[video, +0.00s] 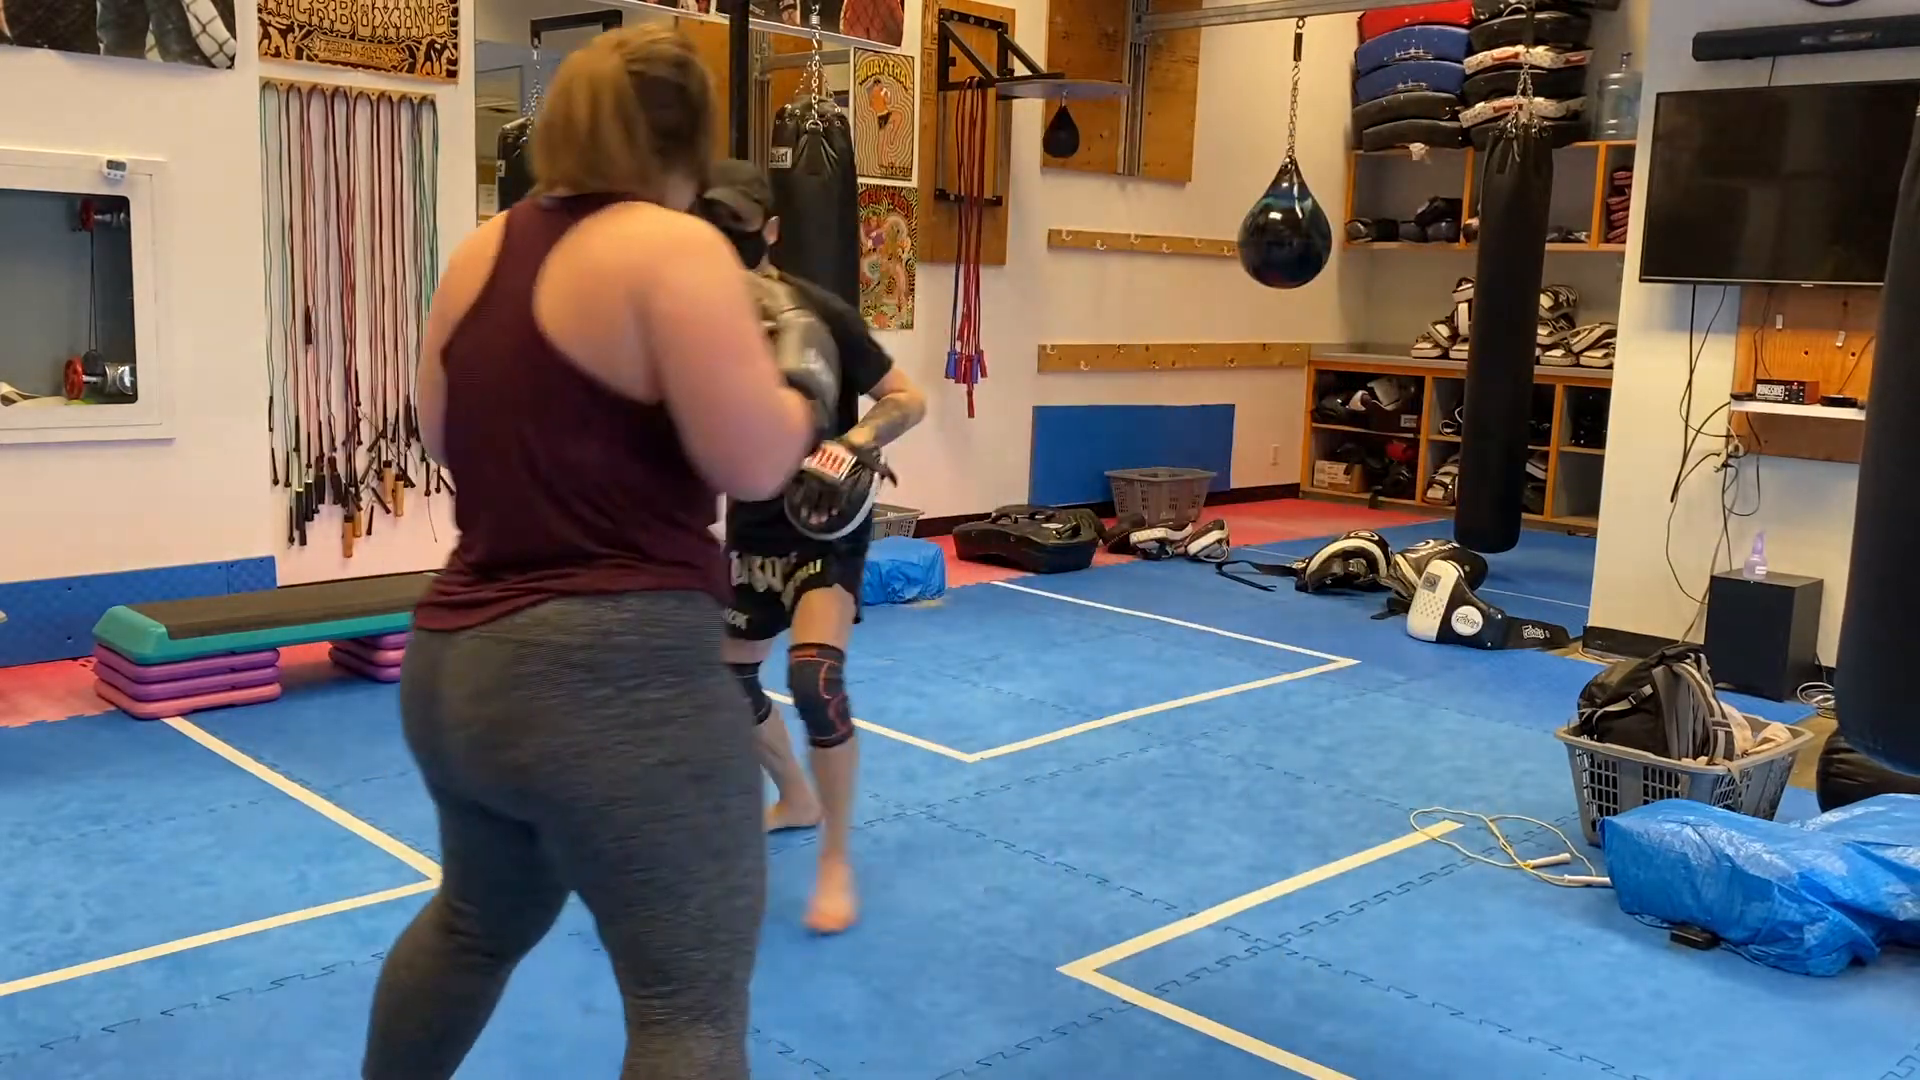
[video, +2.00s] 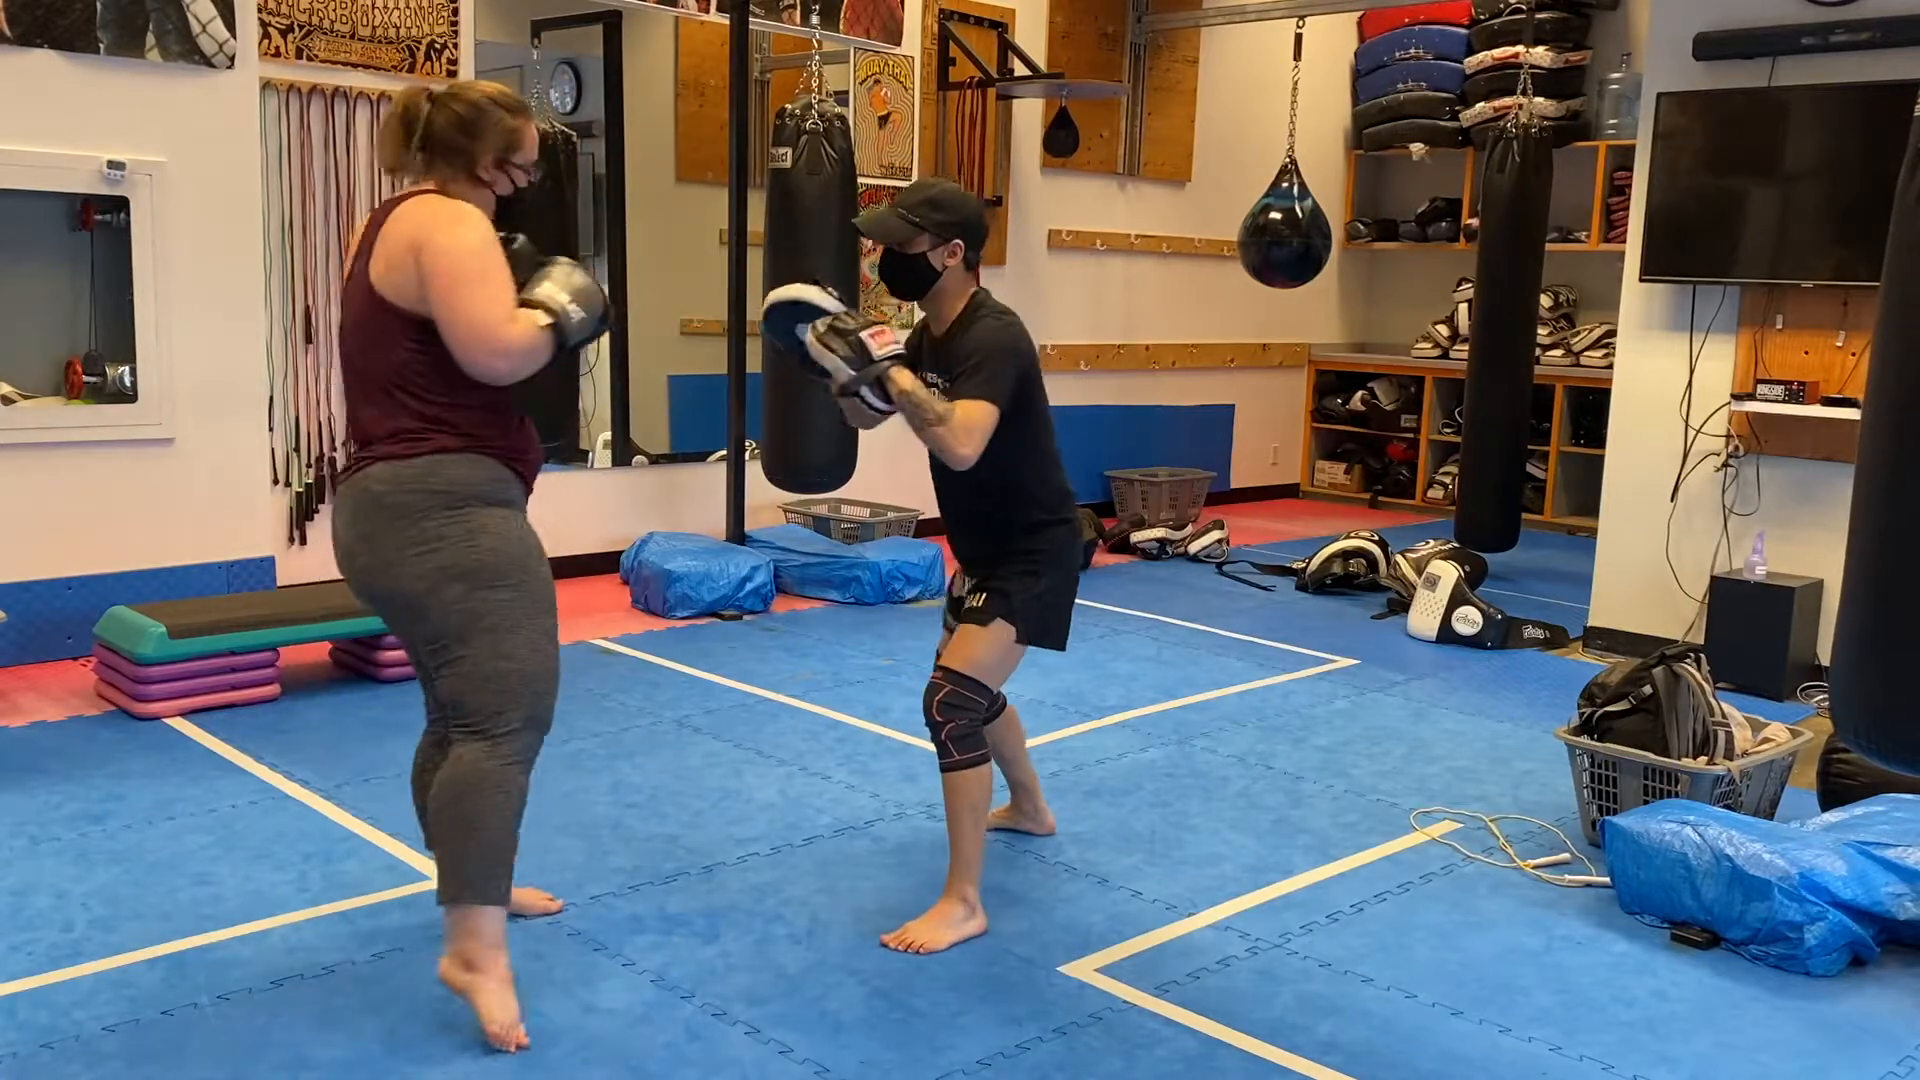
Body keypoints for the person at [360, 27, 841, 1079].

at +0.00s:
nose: (713, 149)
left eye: (706, 132)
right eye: (707, 132)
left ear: (566, 125)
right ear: (685, 136)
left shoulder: (481, 248)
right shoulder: (674, 248)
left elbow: (443, 432)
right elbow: (756, 463)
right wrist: (801, 366)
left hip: (461, 653)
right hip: (620, 671)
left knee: (477, 918)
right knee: (689, 1009)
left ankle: (391, 1071)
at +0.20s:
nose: (627, 158)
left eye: (626, 136)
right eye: (622, 136)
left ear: (491, 118)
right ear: (583, 129)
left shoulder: (429, 221)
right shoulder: (559, 234)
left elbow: (480, 399)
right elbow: (594, 447)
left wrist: (613, 328)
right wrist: (684, 386)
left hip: (368, 632)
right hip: (487, 650)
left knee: (427, 923)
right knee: (625, 957)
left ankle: (372, 1074)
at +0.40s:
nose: (573, 131)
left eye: (572, 112)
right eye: (565, 110)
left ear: (437, 102)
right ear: (527, 109)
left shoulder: (374, 217)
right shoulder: (504, 223)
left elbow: (442, 377)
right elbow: (584, 434)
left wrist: (573, 295)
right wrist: (651, 353)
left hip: (358, 634)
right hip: (455, 656)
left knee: (418, 924)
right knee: (480, 978)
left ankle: (367, 1063)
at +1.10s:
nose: (591, 159)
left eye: (589, 140)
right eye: (576, 140)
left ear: (512, 150)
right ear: (523, 147)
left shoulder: (522, 258)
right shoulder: (435, 251)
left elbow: (591, 339)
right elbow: (488, 438)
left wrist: (694, 287)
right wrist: (588, 335)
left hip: (469, 600)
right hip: (383, 606)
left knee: (510, 781)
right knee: (435, 890)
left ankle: (445, 995)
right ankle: (362, 1064)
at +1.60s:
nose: (545, 205)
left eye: (548, 189)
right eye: (536, 186)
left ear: (482, 176)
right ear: (489, 175)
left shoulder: (484, 251)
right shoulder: (443, 249)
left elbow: (532, 361)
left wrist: (587, 307)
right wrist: (604, 308)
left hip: (493, 534)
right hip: (440, 540)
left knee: (526, 695)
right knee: (455, 777)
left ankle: (475, 878)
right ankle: (364, 1028)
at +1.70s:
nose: (545, 193)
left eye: (548, 181)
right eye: (543, 179)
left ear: (443, 162)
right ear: (520, 172)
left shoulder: (361, 250)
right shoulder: (516, 240)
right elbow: (659, 303)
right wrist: (709, 257)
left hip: (398, 525)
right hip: (471, 532)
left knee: (485, 716)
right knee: (472, 769)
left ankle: (475, 878)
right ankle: (392, 999)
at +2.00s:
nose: (514, 187)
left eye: (520, 171)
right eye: (508, 169)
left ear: (431, 151)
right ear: (468, 154)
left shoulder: (385, 224)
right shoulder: (450, 224)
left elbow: (445, 348)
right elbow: (496, 355)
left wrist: (535, 302)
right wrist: (560, 309)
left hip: (392, 497)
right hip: (447, 499)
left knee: (463, 708)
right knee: (503, 717)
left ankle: (478, 888)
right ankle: (474, 950)